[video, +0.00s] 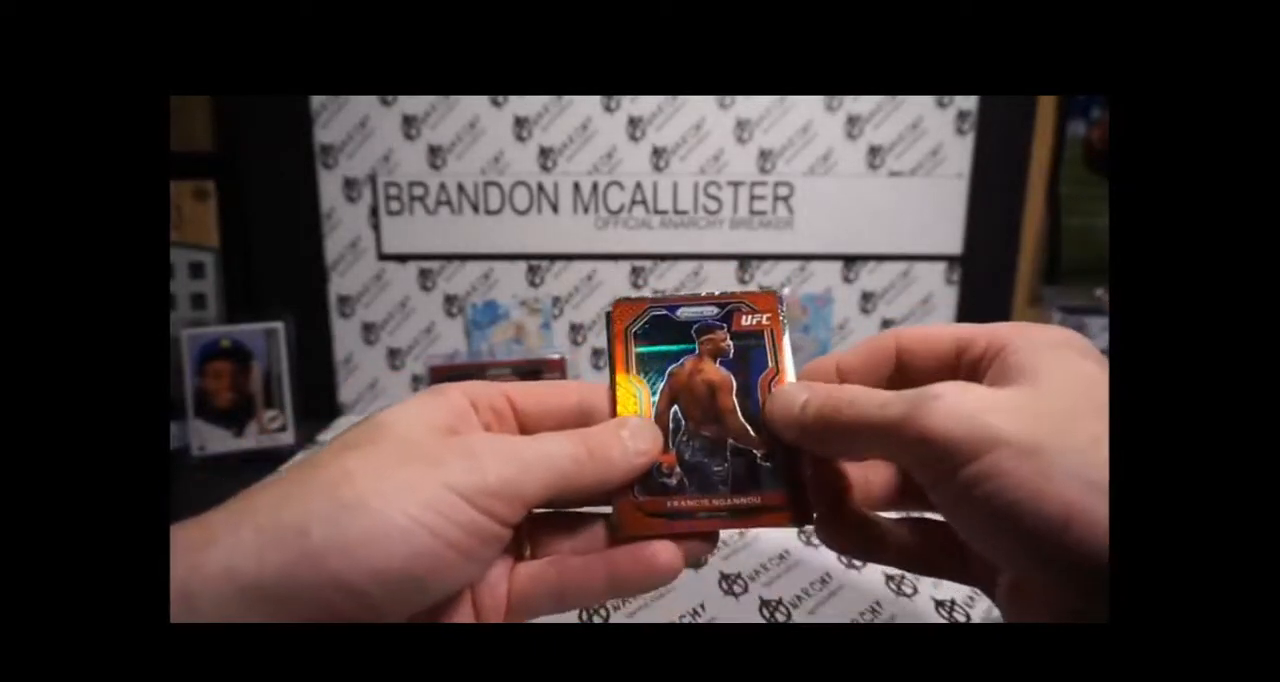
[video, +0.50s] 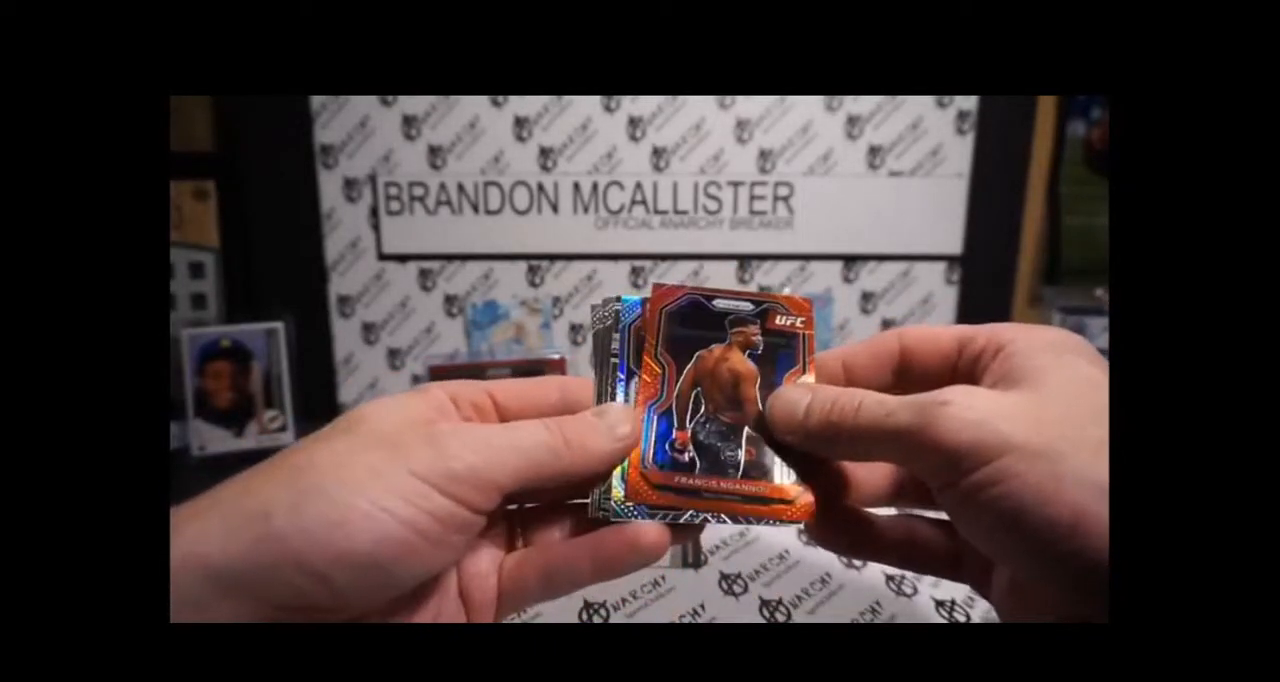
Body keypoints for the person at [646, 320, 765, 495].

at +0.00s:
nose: (730, 344)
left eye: (729, 339)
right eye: (725, 339)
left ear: (705, 345)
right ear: (707, 344)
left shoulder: (677, 371)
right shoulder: (721, 377)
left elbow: (661, 413)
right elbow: (734, 425)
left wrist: (665, 450)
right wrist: (758, 446)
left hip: (687, 444)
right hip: (714, 449)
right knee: (716, 513)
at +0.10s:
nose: (729, 344)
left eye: (728, 339)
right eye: (724, 340)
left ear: (704, 345)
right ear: (705, 345)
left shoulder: (675, 369)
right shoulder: (719, 377)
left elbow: (657, 410)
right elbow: (730, 426)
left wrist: (660, 447)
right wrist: (752, 446)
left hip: (681, 442)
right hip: (708, 447)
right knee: (710, 510)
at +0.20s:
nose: (733, 342)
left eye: (732, 336)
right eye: (727, 337)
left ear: (707, 341)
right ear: (709, 341)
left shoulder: (676, 369)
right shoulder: (721, 375)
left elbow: (661, 410)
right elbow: (731, 420)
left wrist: (663, 450)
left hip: (684, 443)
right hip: (711, 447)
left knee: (688, 509)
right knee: (713, 511)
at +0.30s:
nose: (741, 338)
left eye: (740, 333)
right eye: (735, 334)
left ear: (715, 338)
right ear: (717, 337)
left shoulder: (685, 365)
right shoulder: (729, 372)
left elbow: (667, 402)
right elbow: (739, 420)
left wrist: (668, 444)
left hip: (690, 438)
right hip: (717, 444)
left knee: (694, 505)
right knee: (719, 507)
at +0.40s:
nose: (757, 339)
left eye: (756, 334)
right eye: (752, 334)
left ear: (732, 336)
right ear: (735, 335)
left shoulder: (700, 357)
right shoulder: (744, 368)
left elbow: (680, 392)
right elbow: (751, 414)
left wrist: (680, 430)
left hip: (701, 427)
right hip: (727, 434)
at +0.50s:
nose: (760, 339)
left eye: (759, 334)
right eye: (756, 335)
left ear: (735, 336)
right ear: (739, 336)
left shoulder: (703, 357)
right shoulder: (746, 369)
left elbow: (682, 392)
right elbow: (753, 417)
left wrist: (681, 429)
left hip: (702, 427)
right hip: (728, 435)